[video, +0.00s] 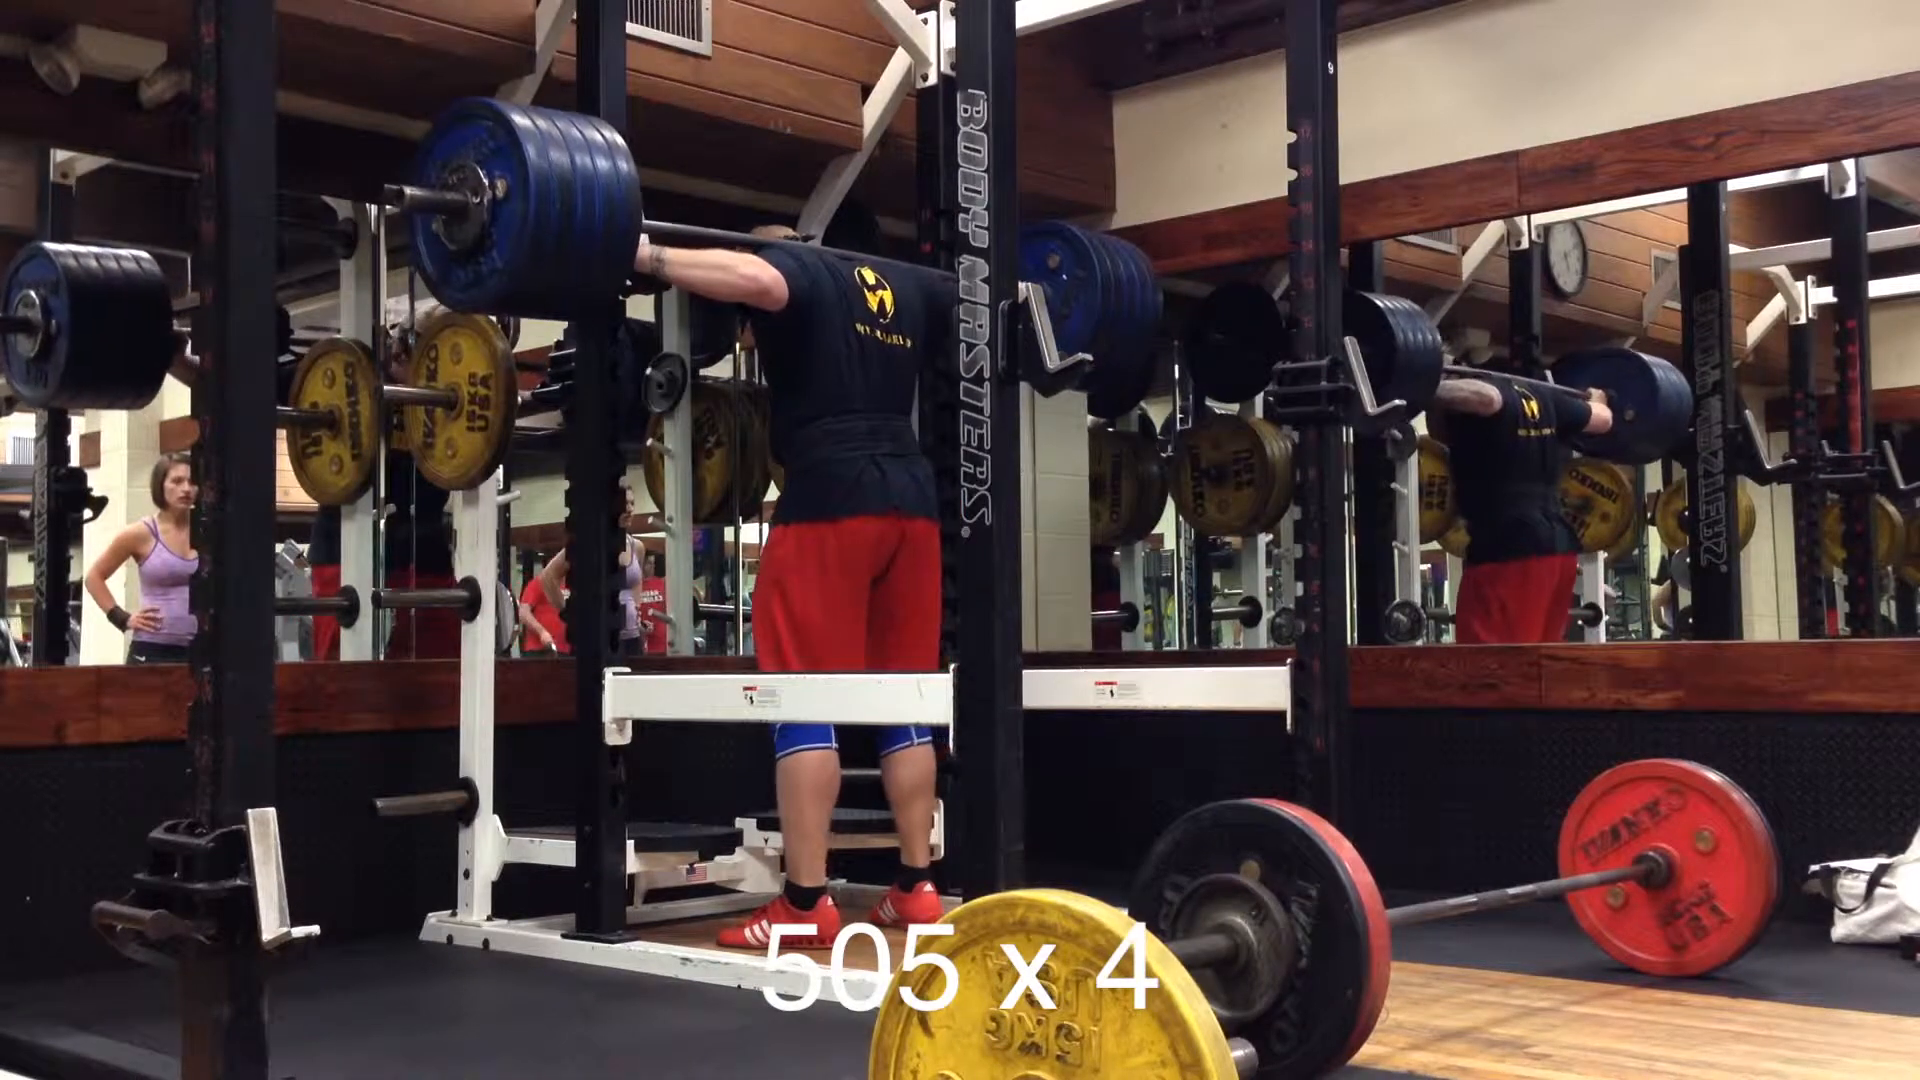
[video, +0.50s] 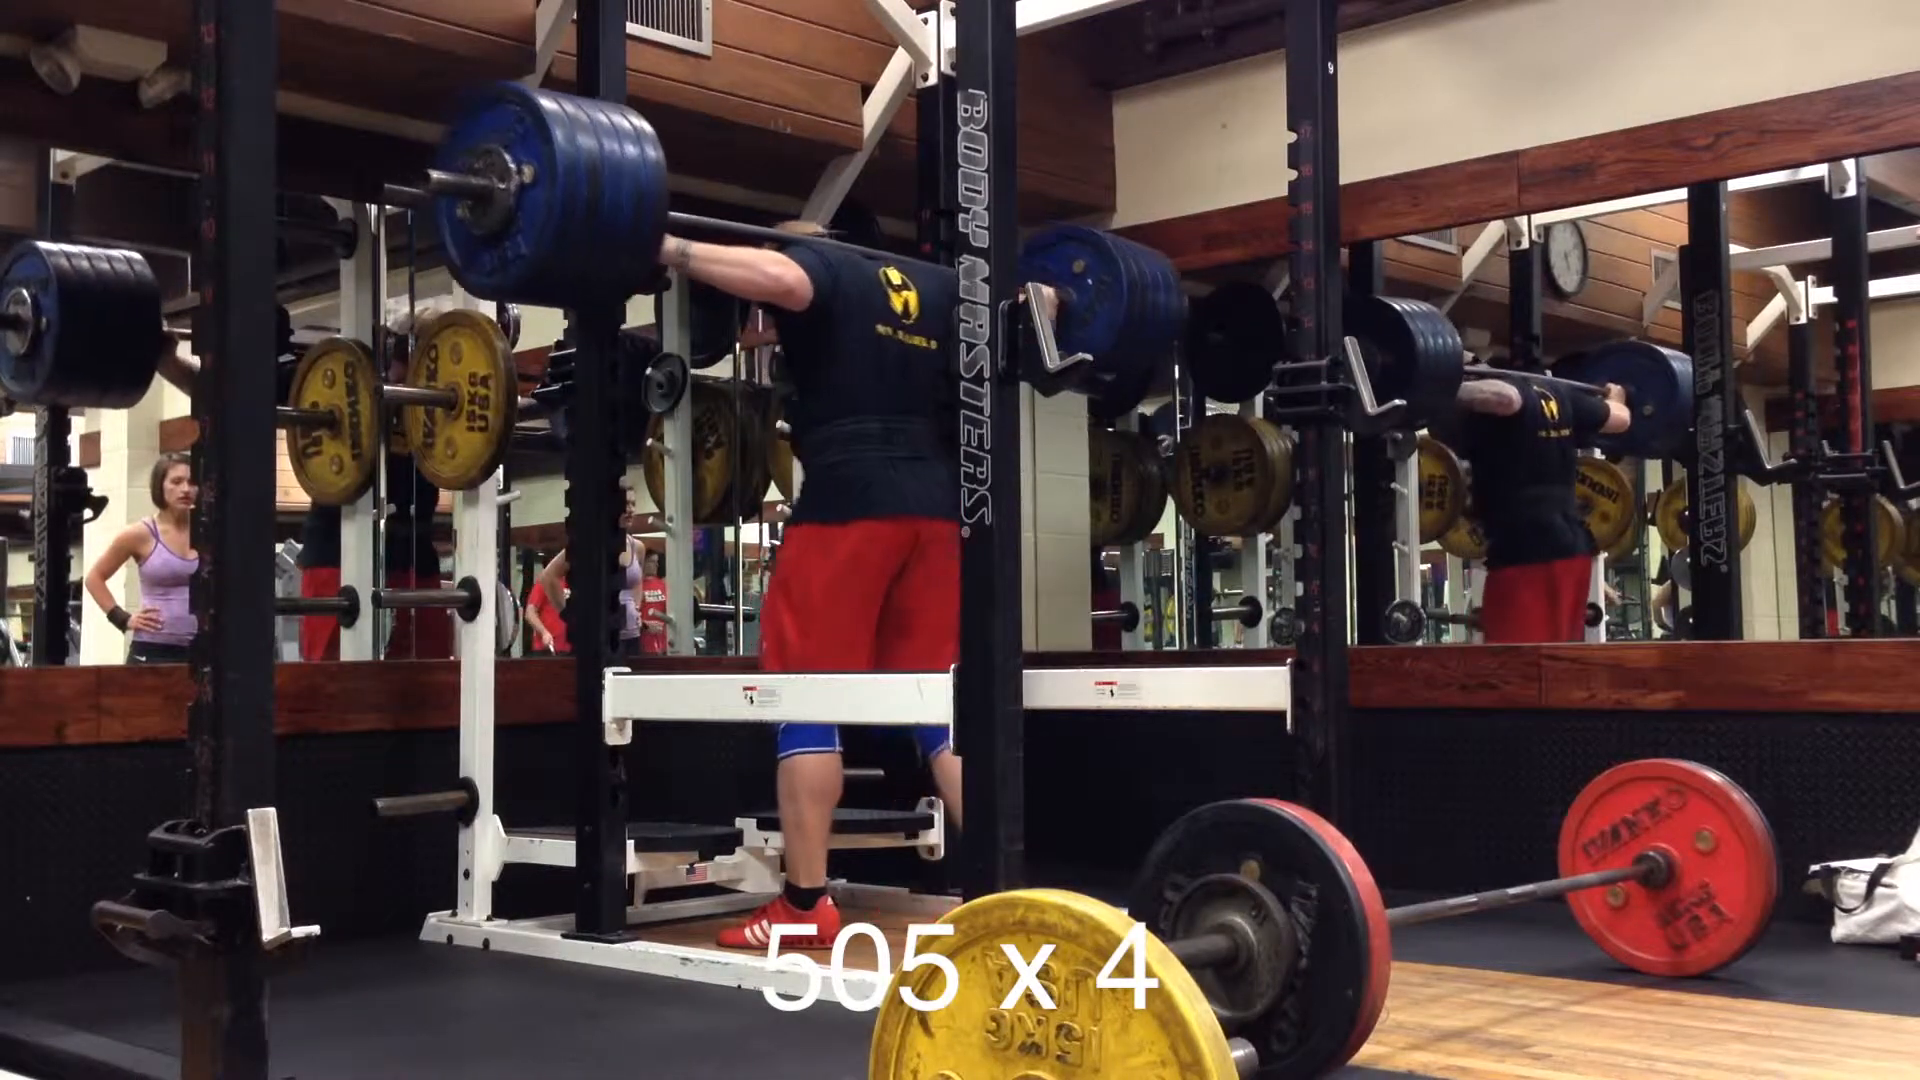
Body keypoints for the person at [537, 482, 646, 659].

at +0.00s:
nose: (628, 509)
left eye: (631, 504)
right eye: (622, 504)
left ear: (635, 507)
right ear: (609, 507)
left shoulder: (636, 546)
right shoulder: (589, 543)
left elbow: (637, 582)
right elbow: (548, 577)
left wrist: (636, 609)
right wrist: (566, 610)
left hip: (630, 630)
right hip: (597, 632)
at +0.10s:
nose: (628, 510)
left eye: (631, 504)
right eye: (623, 504)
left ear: (635, 508)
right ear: (610, 507)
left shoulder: (636, 546)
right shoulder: (588, 543)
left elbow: (637, 581)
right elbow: (548, 576)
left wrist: (636, 608)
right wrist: (565, 611)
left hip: (631, 630)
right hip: (598, 631)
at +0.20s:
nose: (628, 510)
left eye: (631, 504)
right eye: (623, 504)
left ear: (635, 508)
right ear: (609, 508)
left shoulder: (636, 546)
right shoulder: (590, 543)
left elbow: (637, 582)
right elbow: (548, 576)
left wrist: (636, 608)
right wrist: (566, 612)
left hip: (630, 631)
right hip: (597, 632)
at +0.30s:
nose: (629, 510)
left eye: (632, 504)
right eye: (624, 504)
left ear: (635, 508)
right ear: (609, 507)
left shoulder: (636, 546)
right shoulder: (589, 543)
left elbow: (637, 581)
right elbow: (548, 577)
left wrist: (637, 607)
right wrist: (567, 611)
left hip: (630, 630)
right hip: (597, 631)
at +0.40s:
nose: (629, 510)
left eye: (632, 504)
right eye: (624, 504)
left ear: (635, 507)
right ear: (609, 507)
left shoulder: (636, 546)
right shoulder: (590, 543)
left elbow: (637, 581)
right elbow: (548, 577)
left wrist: (637, 606)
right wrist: (567, 612)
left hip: (630, 630)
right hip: (597, 631)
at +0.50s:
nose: (629, 510)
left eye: (632, 504)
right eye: (624, 504)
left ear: (635, 507)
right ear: (609, 506)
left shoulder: (637, 547)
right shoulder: (590, 543)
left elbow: (637, 581)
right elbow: (548, 577)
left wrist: (635, 608)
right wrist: (567, 611)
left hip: (630, 629)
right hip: (597, 630)